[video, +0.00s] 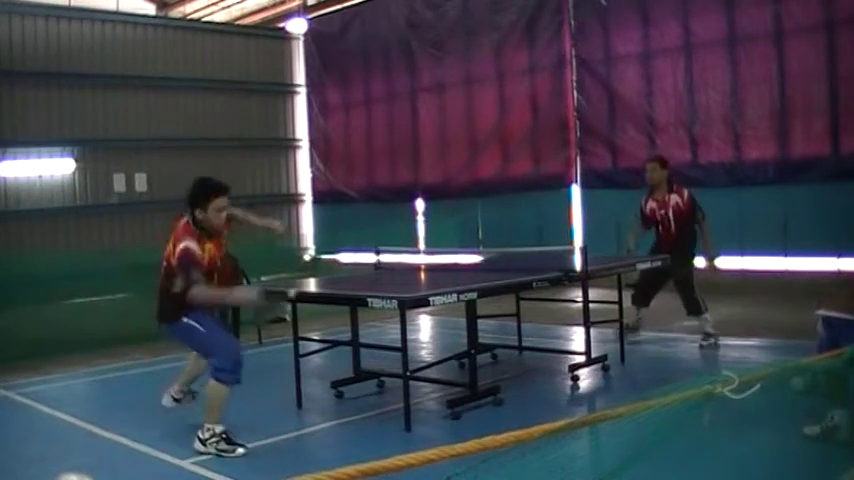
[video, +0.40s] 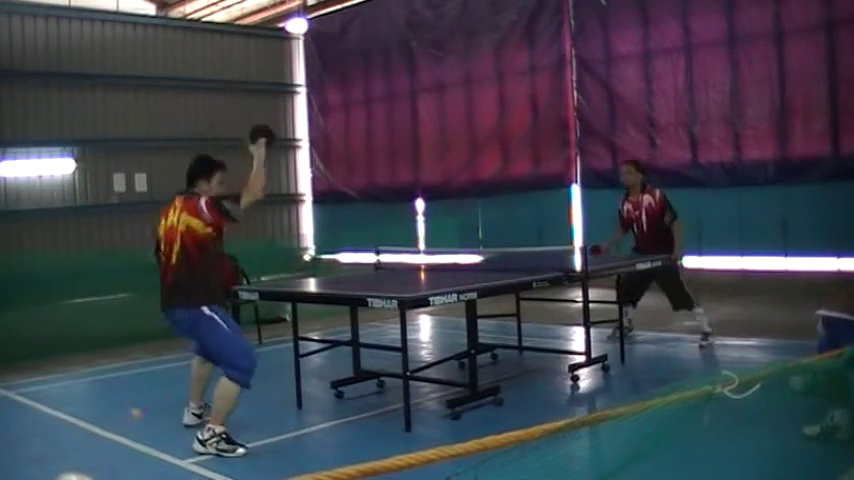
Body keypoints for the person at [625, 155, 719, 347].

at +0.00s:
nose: (649, 176)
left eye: (654, 171)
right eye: (647, 172)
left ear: (665, 172)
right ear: (646, 175)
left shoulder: (683, 195)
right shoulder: (648, 201)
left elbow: (701, 222)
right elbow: (644, 226)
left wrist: (708, 253)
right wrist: (633, 247)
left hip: (682, 251)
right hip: (660, 252)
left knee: (687, 291)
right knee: (643, 286)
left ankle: (708, 331)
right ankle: (637, 321)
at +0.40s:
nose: (624, 178)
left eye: (629, 173)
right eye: (622, 174)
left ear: (640, 175)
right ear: (621, 178)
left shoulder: (656, 196)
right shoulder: (626, 202)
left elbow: (674, 222)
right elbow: (622, 229)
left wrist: (677, 249)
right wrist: (607, 244)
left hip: (663, 254)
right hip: (641, 255)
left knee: (679, 293)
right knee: (625, 288)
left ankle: (705, 328)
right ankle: (625, 323)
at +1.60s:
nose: (679, 160)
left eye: (684, 156)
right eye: (677, 156)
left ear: (692, 159)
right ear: (675, 159)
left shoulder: (703, 185)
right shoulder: (670, 187)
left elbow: (711, 210)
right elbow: (664, 215)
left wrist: (695, 215)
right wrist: (656, 240)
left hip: (694, 235)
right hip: (674, 235)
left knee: (686, 273)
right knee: (685, 273)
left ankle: (678, 321)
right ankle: (701, 309)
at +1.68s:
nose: (683, 162)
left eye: (687, 158)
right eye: (681, 158)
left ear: (695, 161)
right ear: (678, 162)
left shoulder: (708, 187)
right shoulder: (674, 190)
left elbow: (715, 211)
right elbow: (669, 217)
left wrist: (700, 215)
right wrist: (663, 247)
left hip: (700, 236)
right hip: (681, 236)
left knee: (691, 273)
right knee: (692, 273)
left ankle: (684, 315)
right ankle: (705, 310)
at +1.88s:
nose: (691, 163)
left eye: (695, 158)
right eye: (689, 158)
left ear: (703, 160)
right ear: (687, 162)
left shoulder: (717, 184)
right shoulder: (686, 190)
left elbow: (726, 208)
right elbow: (683, 220)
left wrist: (712, 212)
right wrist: (681, 250)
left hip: (714, 236)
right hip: (695, 237)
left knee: (706, 273)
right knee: (705, 274)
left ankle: (698, 315)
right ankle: (711, 313)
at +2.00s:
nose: (693, 159)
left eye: (696, 155)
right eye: (690, 155)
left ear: (704, 157)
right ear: (689, 158)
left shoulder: (717, 180)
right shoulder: (687, 187)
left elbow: (729, 203)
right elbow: (687, 218)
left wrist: (712, 208)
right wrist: (687, 248)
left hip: (715, 238)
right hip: (697, 239)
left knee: (712, 275)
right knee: (701, 276)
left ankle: (713, 318)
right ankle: (707, 317)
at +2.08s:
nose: (697, 159)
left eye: (701, 155)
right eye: (695, 155)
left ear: (708, 157)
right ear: (692, 158)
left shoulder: (721, 180)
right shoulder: (692, 186)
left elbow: (732, 204)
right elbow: (690, 214)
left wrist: (714, 207)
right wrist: (690, 242)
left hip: (720, 238)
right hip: (700, 240)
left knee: (722, 276)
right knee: (703, 277)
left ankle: (727, 315)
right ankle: (709, 315)